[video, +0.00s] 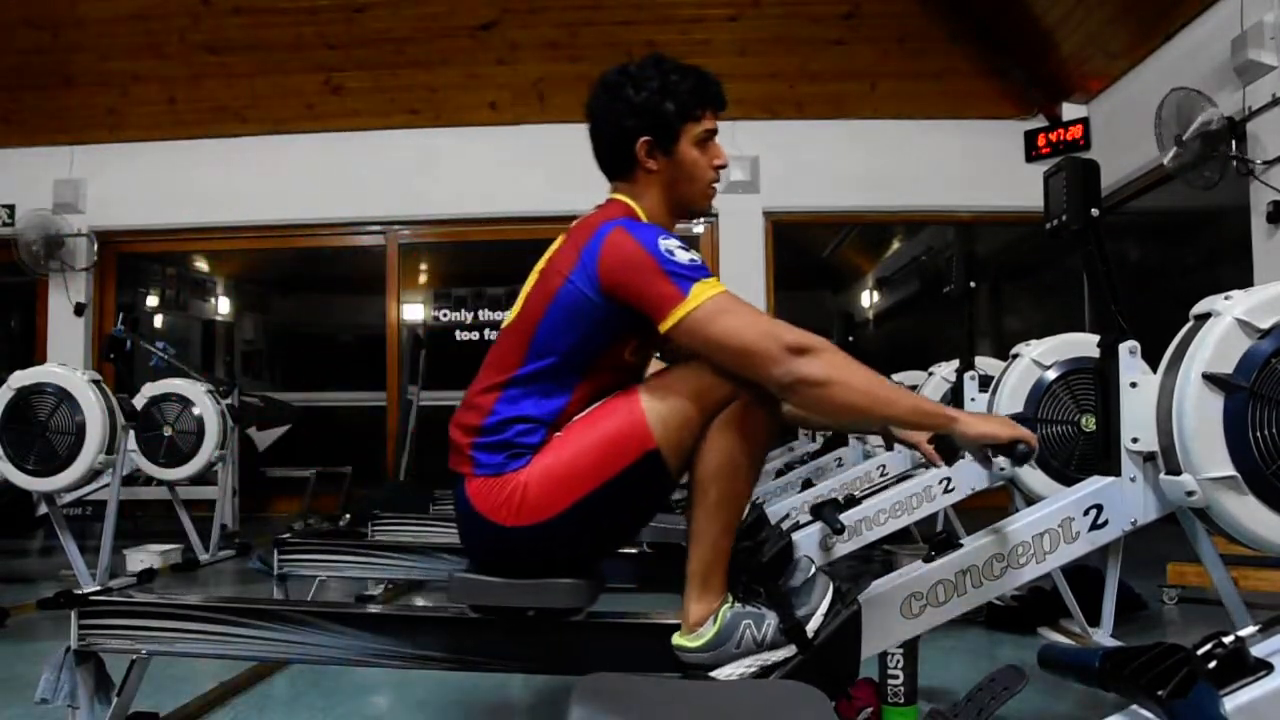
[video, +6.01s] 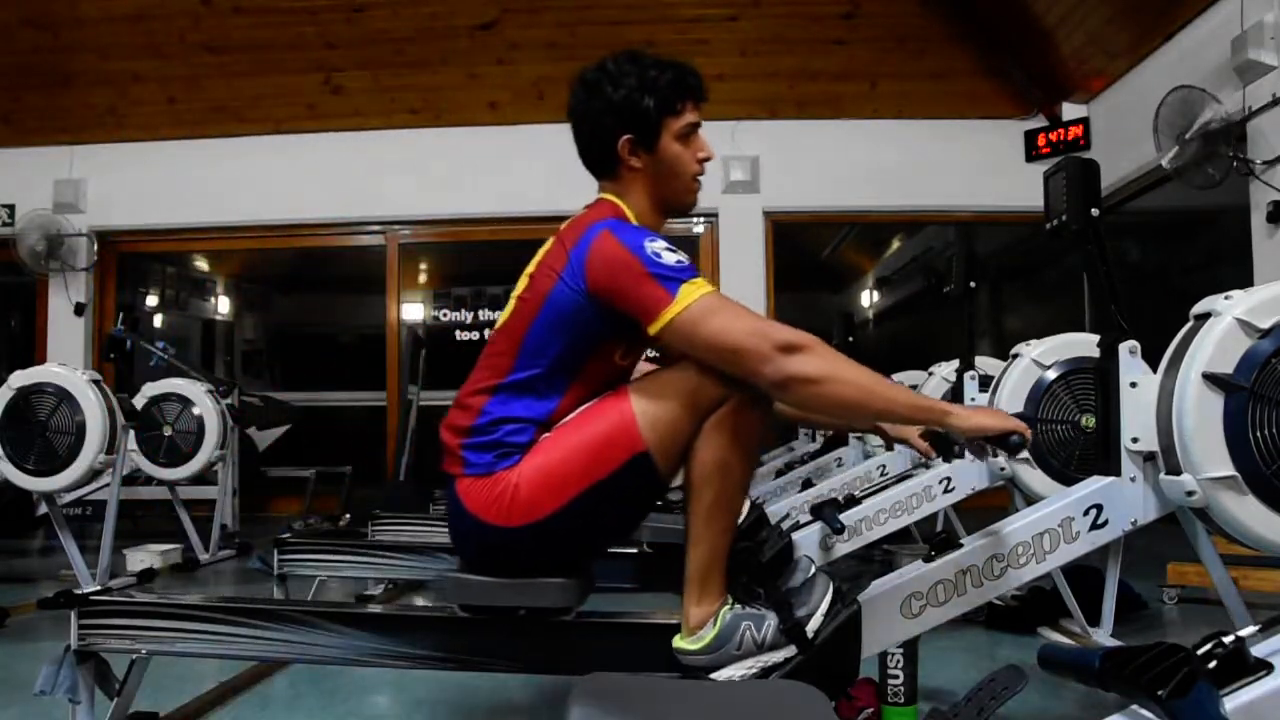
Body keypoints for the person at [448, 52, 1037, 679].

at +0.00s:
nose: (722, 158)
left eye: (718, 140)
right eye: (706, 142)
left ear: (653, 155)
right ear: (649, 154)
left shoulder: (644, 242)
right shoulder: (624, 245)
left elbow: (780, 356)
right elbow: (790, 362)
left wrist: (895, 419)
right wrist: (948, 419)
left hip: (536, 490)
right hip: (511, 505)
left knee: (749, 375)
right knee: (738, 378)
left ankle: (706, 595)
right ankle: (704, 622)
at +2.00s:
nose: (398, 145)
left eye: (397, 128)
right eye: (377, 129)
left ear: (379, 140)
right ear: (319, 139)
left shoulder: (357, 258)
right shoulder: (280, 243)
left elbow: (440, 381)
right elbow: (373, 394)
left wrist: (550, 467)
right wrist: (531, 475)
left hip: (303, 476)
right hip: (241, 490)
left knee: (514, 455)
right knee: (494, 473)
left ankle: (699, 618)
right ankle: (696, 644)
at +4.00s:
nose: (128, 168)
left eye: (127, 153)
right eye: (105, 155)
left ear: (110, 171)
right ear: (46, 177)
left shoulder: (129, 282)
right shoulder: (35, 281)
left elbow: (157, 406)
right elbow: (3, 442)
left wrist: (234, 401)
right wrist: (123, 435)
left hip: (220, 468)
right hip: (173, 490)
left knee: (459, 531)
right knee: (437, 538)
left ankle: (701, 622)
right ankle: (697, 639)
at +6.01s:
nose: (707, 152)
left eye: (701, 134)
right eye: (690, 135)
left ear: (637, 153)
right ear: (633, 151)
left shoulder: (617, 240)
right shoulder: (614, 246)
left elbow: (755, 362)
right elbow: (779, 356)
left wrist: (882, 421)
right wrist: (950, 415)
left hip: (520, 492)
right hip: (504, 505)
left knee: (735, 373)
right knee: (729, 377)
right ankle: (703, 623)